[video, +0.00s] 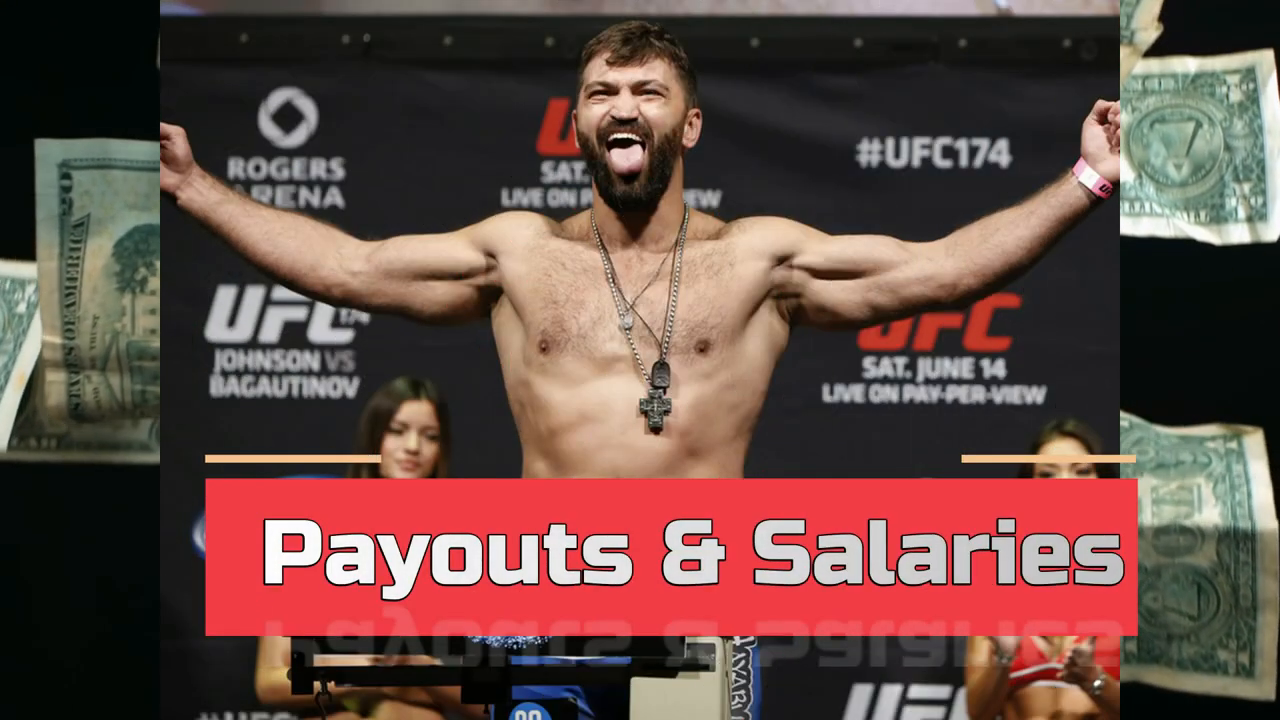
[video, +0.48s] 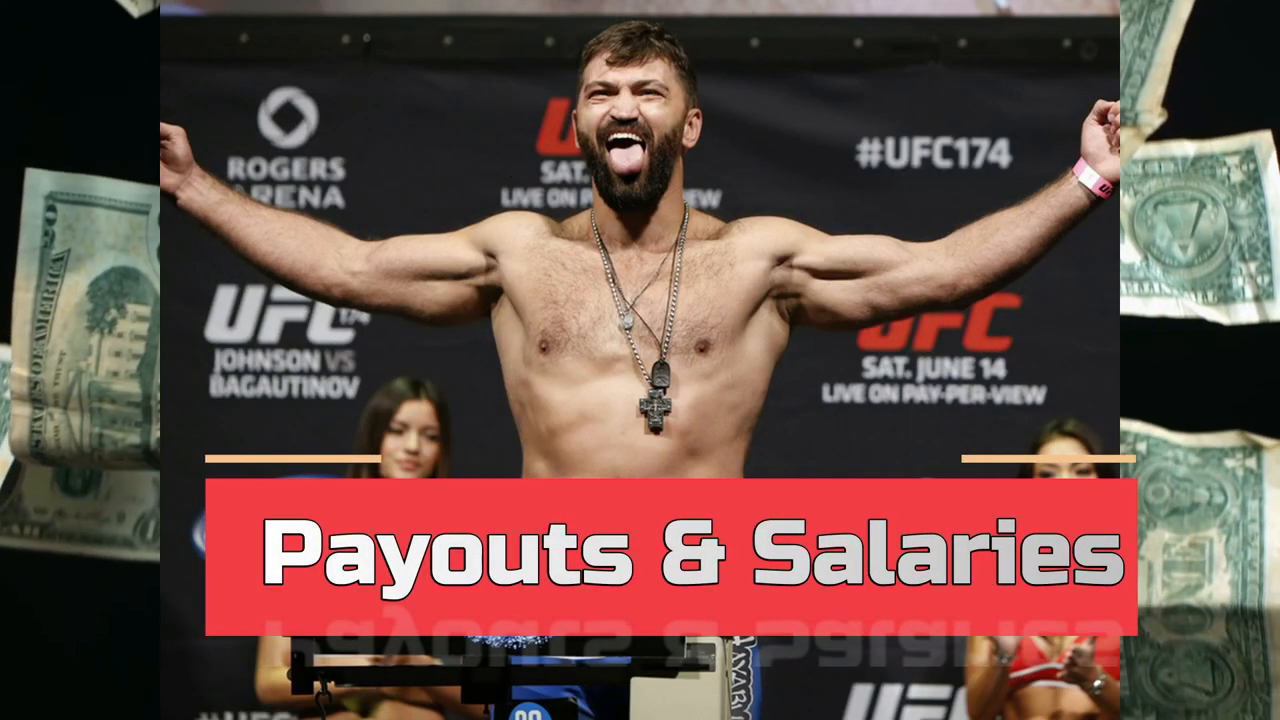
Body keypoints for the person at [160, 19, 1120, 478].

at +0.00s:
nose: (623, 107)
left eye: (647, 93)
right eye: (604, 92)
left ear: (690, 125)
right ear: (574, 124)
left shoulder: (764, 254)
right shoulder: (512, 247)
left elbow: (941, 269)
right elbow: (348, 267)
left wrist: (1083, 183)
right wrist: (197, 192)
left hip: (702, 596)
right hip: (542, 590)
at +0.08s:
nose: (623, 107)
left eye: (647, 93)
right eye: (604, 92)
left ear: (690, 125)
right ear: (574, 124)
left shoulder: (764, 254)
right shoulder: (512, 247)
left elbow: (940, 269)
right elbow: (348, 267)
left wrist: (1082, 184)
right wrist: (196, 191)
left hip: (702, 595)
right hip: (542, 590)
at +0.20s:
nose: (623, 107)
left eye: (648, 92)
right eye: (604, 91)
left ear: (690, 125)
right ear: (573, 122)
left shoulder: (764, 254)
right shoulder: (511, 248)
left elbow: (942, 269)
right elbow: (347, 267)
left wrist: (1083, 183)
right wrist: (197, 192)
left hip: (701, 597)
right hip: (541, 592)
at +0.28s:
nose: (624, 107)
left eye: (648, 92)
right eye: (605, 92)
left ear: (690, 126)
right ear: (574, 123)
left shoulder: (763, 254)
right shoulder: (511, 247)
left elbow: (941, 269)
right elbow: (346, 267)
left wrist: (1084, 183)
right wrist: (196, 190)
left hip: (699, 597)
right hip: (540, 592)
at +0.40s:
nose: (623, 107)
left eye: (647, 92)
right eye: (604, 92)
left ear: (690, 126)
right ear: (573, 124)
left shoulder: (764, 254)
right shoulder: (512, 247)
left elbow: (940, 269)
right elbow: (347, 267)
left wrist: (1082, 185)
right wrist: (196, 190)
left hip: (701, 595)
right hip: (541, 590)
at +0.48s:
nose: (624, 107)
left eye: (648, 92)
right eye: (605, 92)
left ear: (690, 126)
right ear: (574, 123)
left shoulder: (763, 254)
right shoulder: (511, 247)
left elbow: (941, 269)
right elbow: (347, 267)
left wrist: (1083, 183)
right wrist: (197, 192)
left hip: (699, 597)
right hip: (540, 592)